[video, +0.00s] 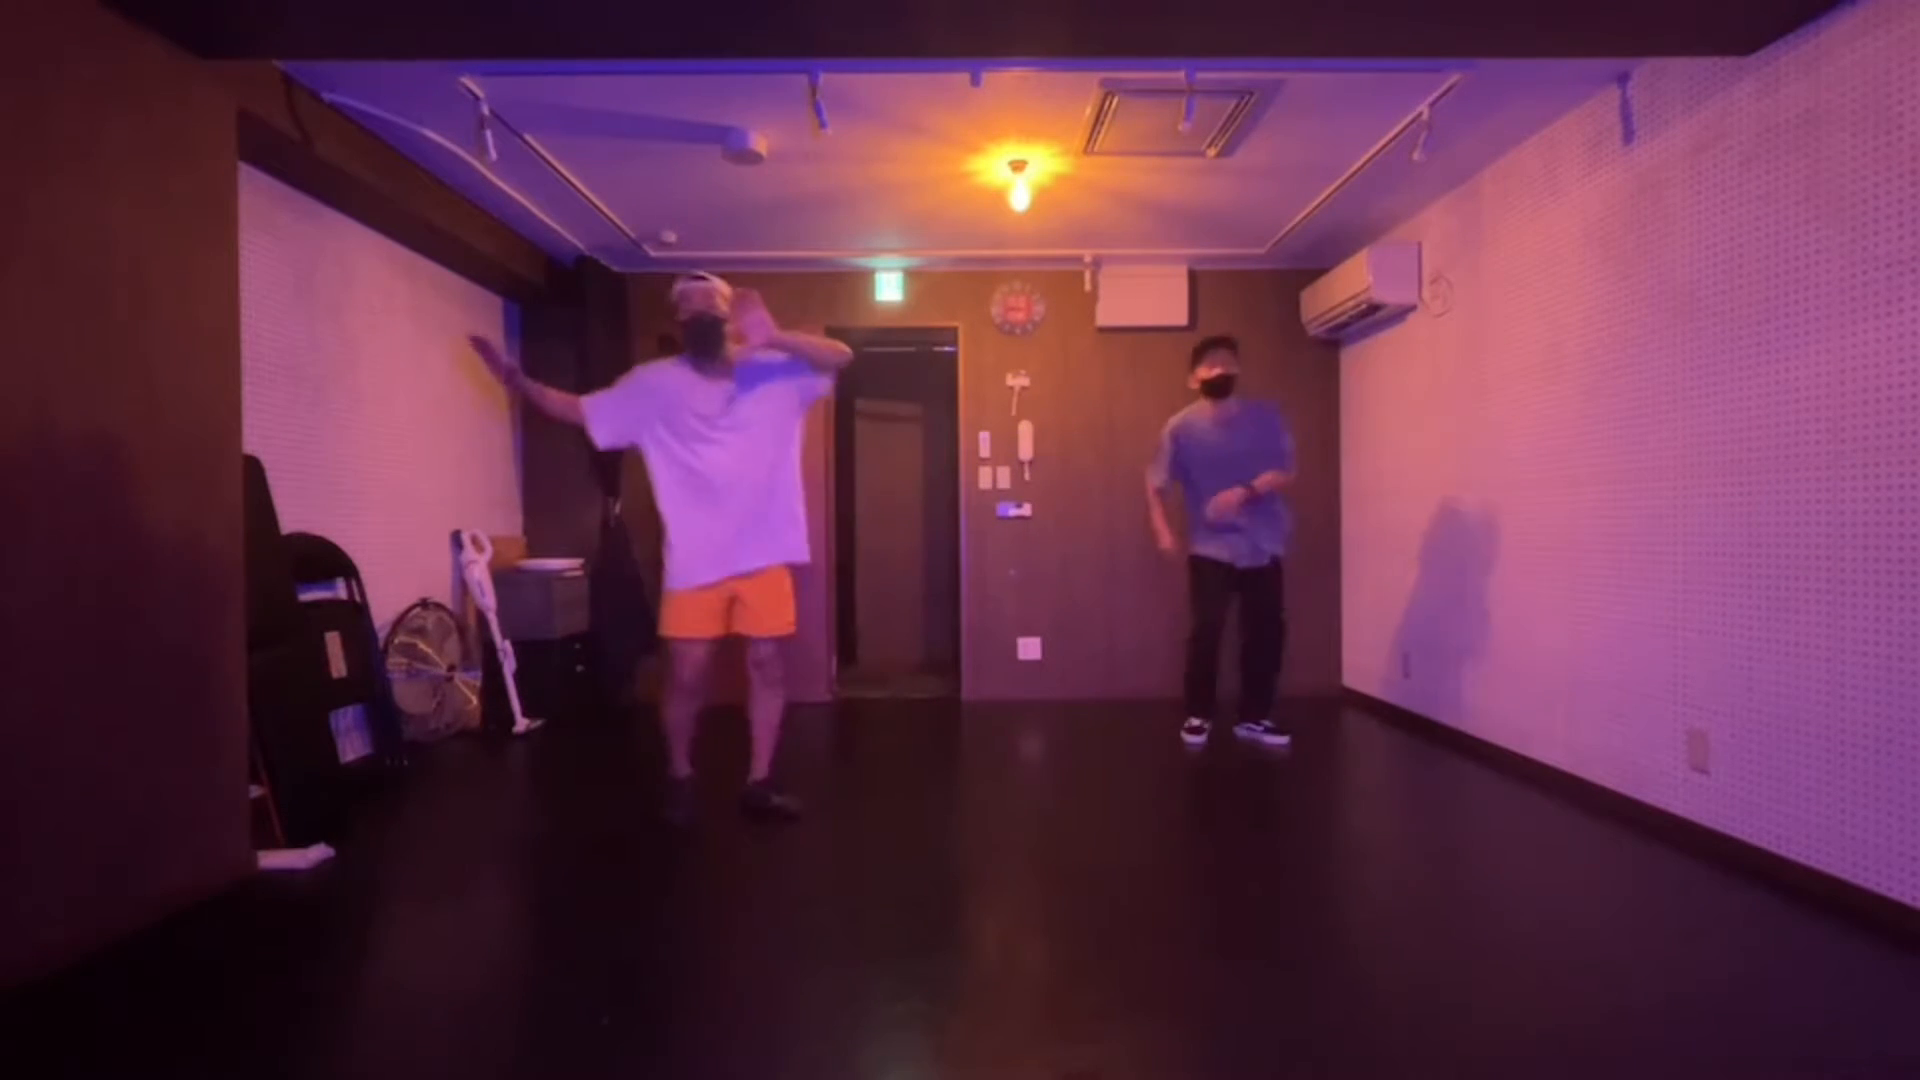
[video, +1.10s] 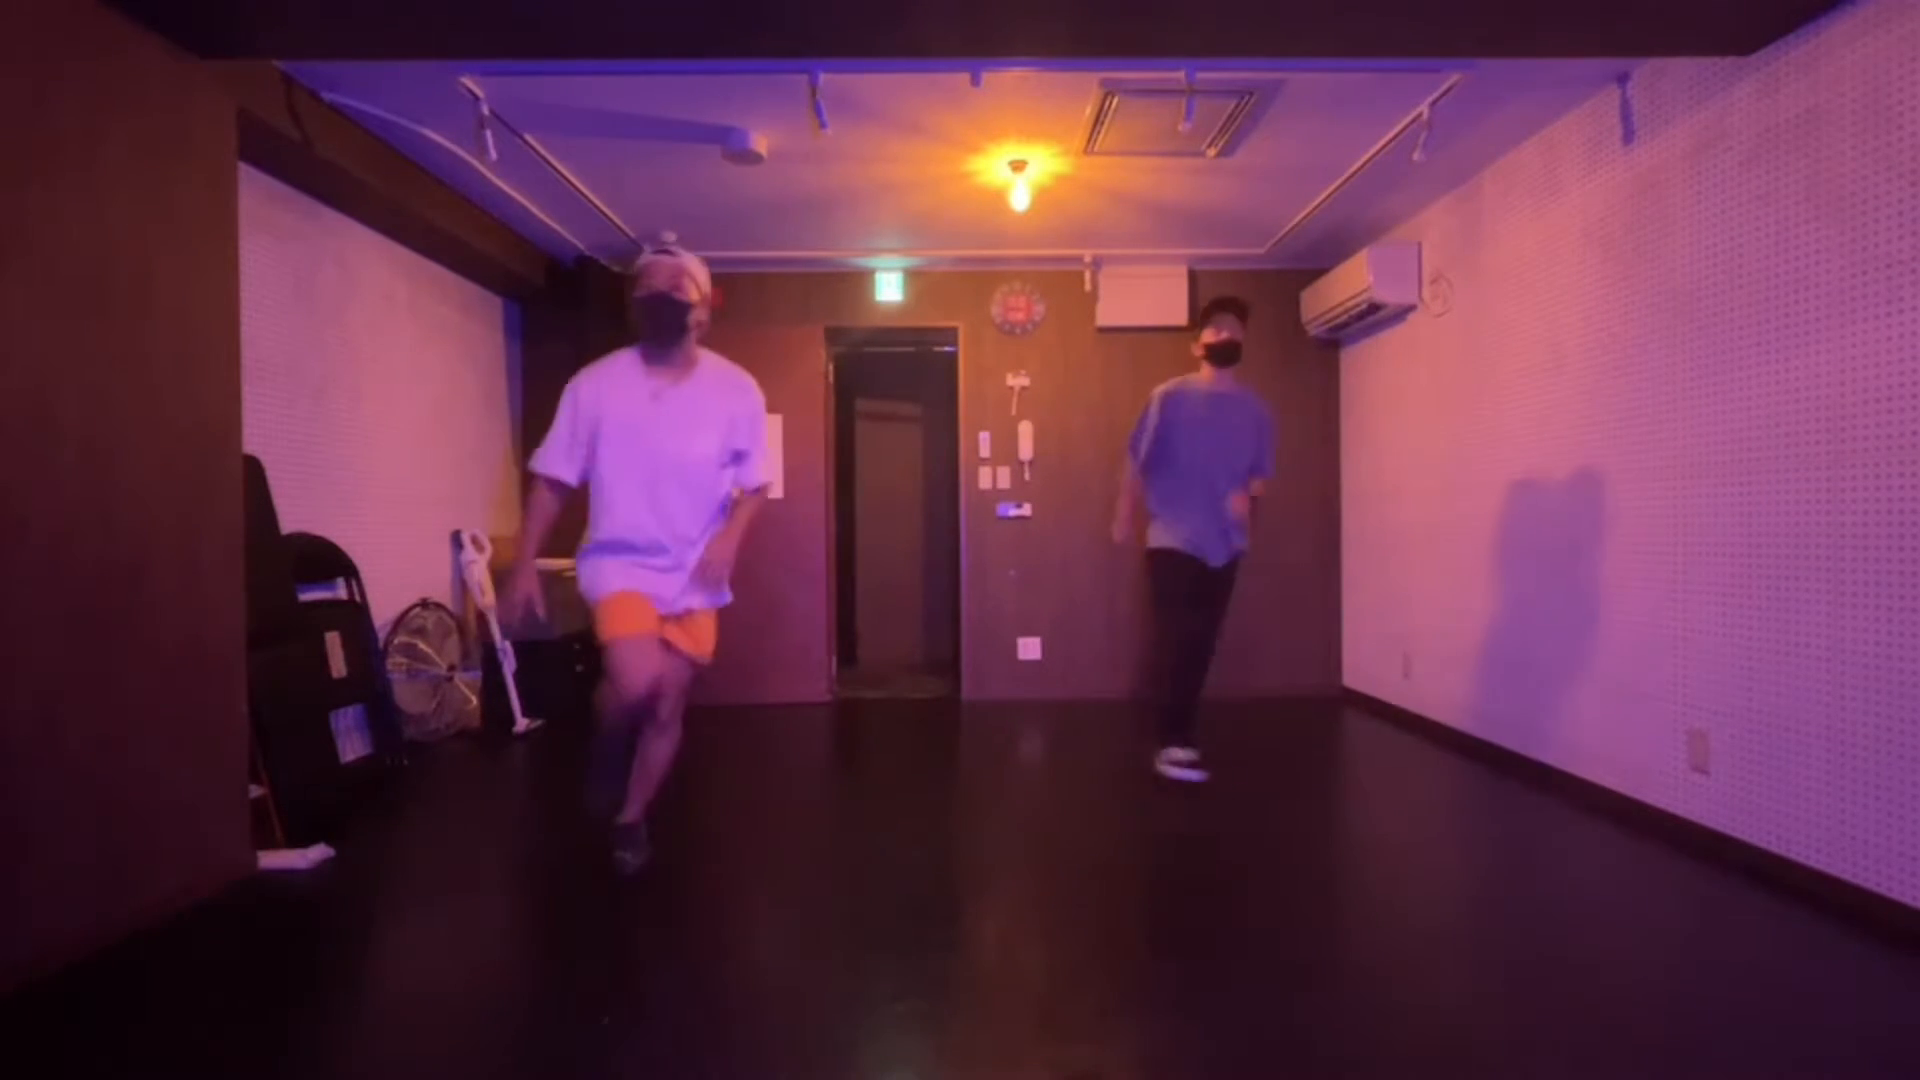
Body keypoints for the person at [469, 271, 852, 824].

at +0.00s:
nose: (699, 316)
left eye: (709, 306)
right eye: (688, 309)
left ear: (731, 318)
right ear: (676, 324)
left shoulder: (774, 374)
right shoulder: (657, 382)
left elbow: (841, 356)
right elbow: (579, 409)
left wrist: (773, 335)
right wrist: (514, 378)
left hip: (765, 551)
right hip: (694, 556)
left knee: (767, 661)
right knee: (688, 672)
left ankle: (760, 783)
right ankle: (680, 780)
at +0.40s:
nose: (635, 323)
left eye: (646, 312)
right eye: (623, 315)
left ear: (670, 319)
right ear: (609, 328)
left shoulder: (713, 363)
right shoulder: (599, 396)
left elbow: (786, 372)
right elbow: (587, 469)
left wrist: (769, 418)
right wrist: (558, 447)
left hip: (723, 544)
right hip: (654, 555)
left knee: (711, 667)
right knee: (663, 676)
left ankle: (732, 783)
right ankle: (680, 783)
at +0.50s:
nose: (613, 345)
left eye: (624, 333)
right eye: (600, 337)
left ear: (649, 339)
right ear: (586, 351)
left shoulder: (701, 377)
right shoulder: (587, 425)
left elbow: (777, 375)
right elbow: (569, 499)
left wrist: (810, 438)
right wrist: (544, 455)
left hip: (720, 551)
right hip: (652, 566)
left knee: (682, 677)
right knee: (649, 689)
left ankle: (658, 805)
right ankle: (693, 779)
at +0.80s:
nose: (601, 363)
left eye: (613, 351)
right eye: (588, 355)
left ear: (640, 356)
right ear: (574, 368)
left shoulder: (694, 404)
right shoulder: (571, 441)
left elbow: (782, 440)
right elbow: (548, 525)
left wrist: (790, 517)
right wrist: (513, 518)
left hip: (700, 593)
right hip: (629, 603)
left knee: (659, 717)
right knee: (629, 728)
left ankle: (632, 823)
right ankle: (687, 767)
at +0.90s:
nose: (615, 339)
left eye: (629, 326)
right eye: (603, 328)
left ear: (657, 335)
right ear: (588, 340)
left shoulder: (707, 398)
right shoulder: (574, 423)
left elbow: (768, 476)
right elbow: (548, 505)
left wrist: (758, 544)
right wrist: (531, 558)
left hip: (695, 584)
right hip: (620, 587)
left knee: (661, 712)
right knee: (617, 711)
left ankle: (631, 823)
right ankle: (672, 752)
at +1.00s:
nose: (647, 316)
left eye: (661, 304)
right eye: (635, 305)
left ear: (688, 318)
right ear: (618, 317)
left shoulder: (725, 393)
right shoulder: (588, 398)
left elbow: (746, 492)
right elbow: (552, 495)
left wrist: (722, 565)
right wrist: (529, 585)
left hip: (695, 579)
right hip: (614, 578)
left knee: (665, 708)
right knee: (613, 700)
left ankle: (632, 820)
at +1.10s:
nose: (664, 303)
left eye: (678, 293)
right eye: (653, 293)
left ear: (704, 309)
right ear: (633, 306)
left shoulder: (735, 388)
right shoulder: (594, 385)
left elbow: (755, 484)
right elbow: (551, 483)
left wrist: (728, 543)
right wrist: (524, 566)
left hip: (696, 567)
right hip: (617, 561)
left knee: (667, 705)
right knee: (635, 680)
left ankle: (633, 822)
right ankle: (606, 764)